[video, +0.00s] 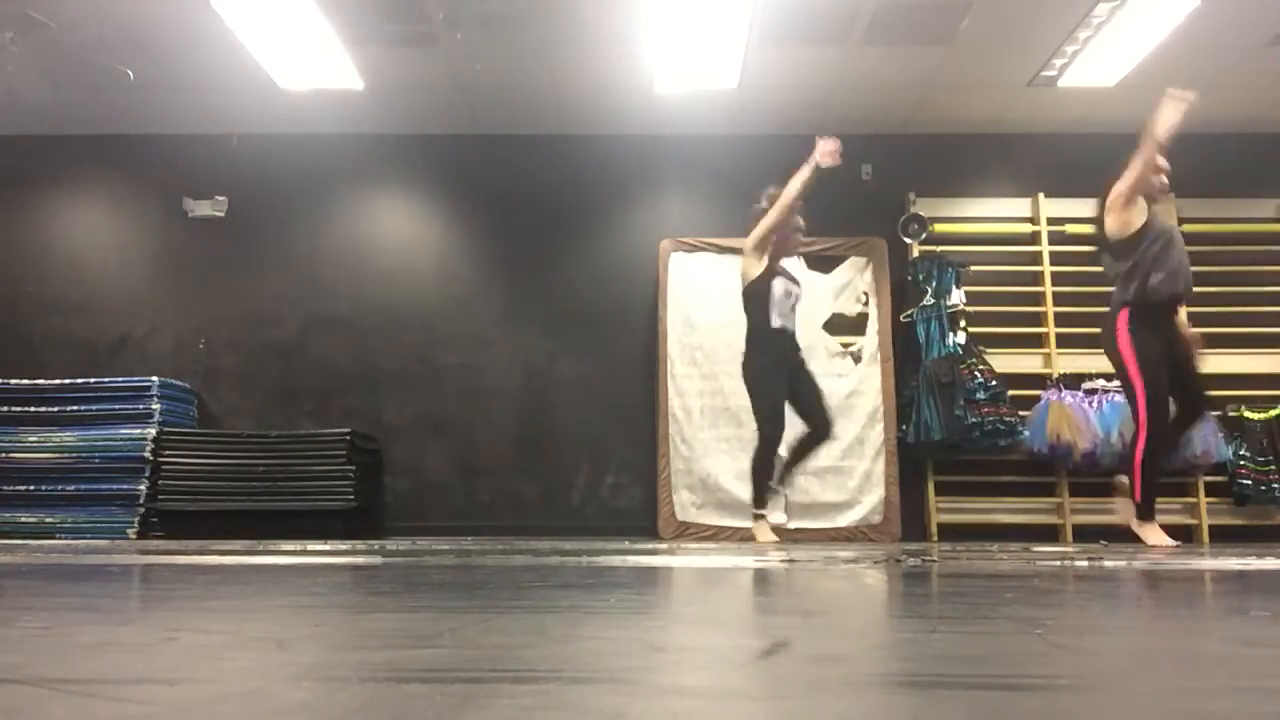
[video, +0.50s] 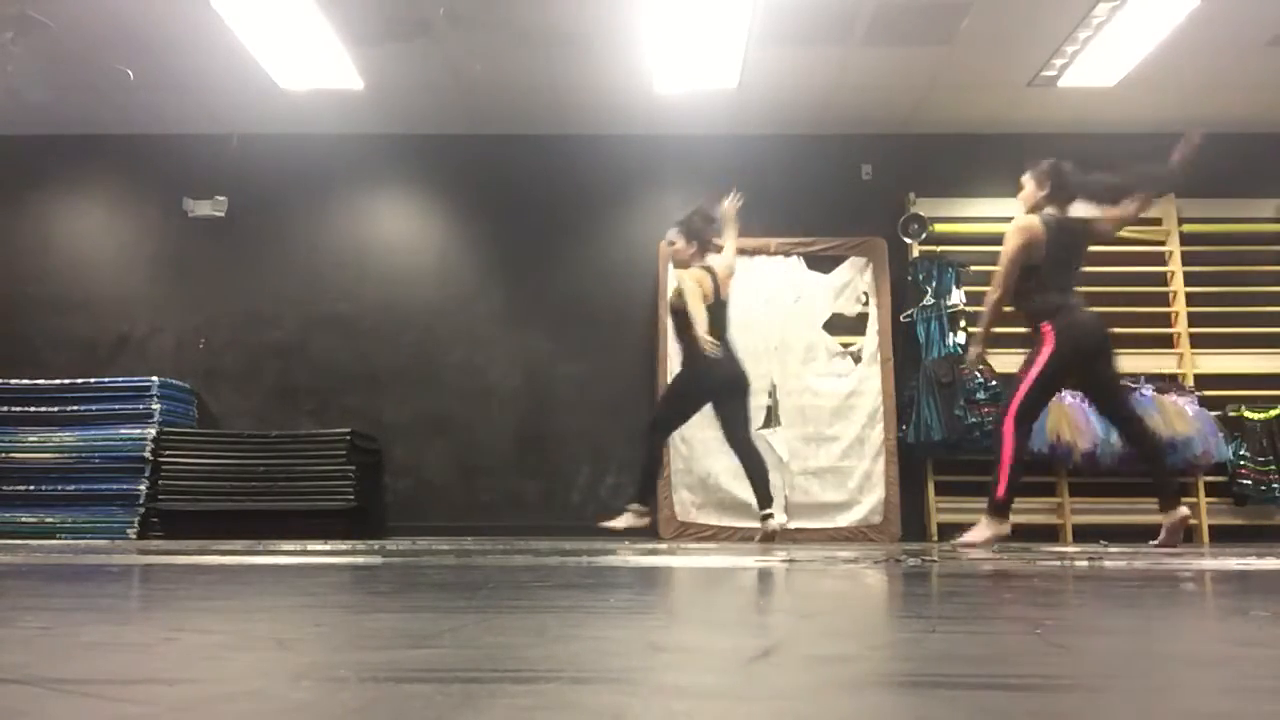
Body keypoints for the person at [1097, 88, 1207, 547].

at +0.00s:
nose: (1165, 174)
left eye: (1166, 168)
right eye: (1155, 169)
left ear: (1165, 175)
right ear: (1136, 173)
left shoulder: (1159, 214)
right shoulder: (1122, 206)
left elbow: (1165, 279)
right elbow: (1143, 159)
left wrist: (1183, 325)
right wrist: (1159, 128)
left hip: (1162, 320)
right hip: (1131, 320)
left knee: (1193, 402)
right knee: (1151, 414)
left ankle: (1133, 476)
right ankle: (1144, 518)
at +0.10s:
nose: (1151, 162)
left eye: (1151, 157)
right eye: (1143, 157)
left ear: (1134, 168)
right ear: (1126, 164)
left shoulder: (1106, 209)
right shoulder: (1128, 191)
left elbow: (1092, 268)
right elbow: (1129, 126)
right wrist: (1114, 86)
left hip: (1114, 304)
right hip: (1143, 304)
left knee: (1140, 394)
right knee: (1153, 403)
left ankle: (1105, 458)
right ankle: (1141, 510)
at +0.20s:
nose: (1125, 163)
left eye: (1120, 160)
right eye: (1121, 157)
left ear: (1084, 175)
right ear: (1113, 166)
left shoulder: (1073, 215)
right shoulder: (1134, 188)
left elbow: (1066, 275)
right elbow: (1129, 125)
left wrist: (1080, 299)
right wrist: (1094, 76)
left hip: (1098, 301)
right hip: (1146, 297)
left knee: (1083, 388)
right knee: (1148, 405)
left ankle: (1113, 444)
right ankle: (1146, 509)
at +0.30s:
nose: (1112, 170)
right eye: (1108, 164)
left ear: (1070, 179)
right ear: (1109, 174)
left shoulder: (1056, 216)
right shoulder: (1127, 197)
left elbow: (1046, 279)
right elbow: (1140, 134)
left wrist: (1047, 325)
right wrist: (1136, 96)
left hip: (1093, 306)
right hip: (1140, 301)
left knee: (1044, 395)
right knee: (1147, 405)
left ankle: (1112, 452)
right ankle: (1155, 509)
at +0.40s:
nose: (1041, 186)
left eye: (1046, 181)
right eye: (1043, 180)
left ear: (1062, 183)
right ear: (1084, 185)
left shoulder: (1039, 222)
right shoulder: (1104, 213)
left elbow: (1022, 288)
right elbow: (1140, 171)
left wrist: (1013, 335)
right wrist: (1156, 141)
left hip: (1082, 319)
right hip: (1123, 315)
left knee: (1024, 399)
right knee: (1146, 413)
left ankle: (1059, 489)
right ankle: (1169, 509)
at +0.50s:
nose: (1020, 192)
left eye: (1026, 186)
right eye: (1023, 185)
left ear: (1044, 189)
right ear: (1057, 191)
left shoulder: (1023, 227)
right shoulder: (1080, 223)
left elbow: (999, 291)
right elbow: (1124, 213)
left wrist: (978, 341)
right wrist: (1170, 171)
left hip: (1058, 335)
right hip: (1089, 329)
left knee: (1015, 418)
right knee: (1123, 416)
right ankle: (1172, 507)